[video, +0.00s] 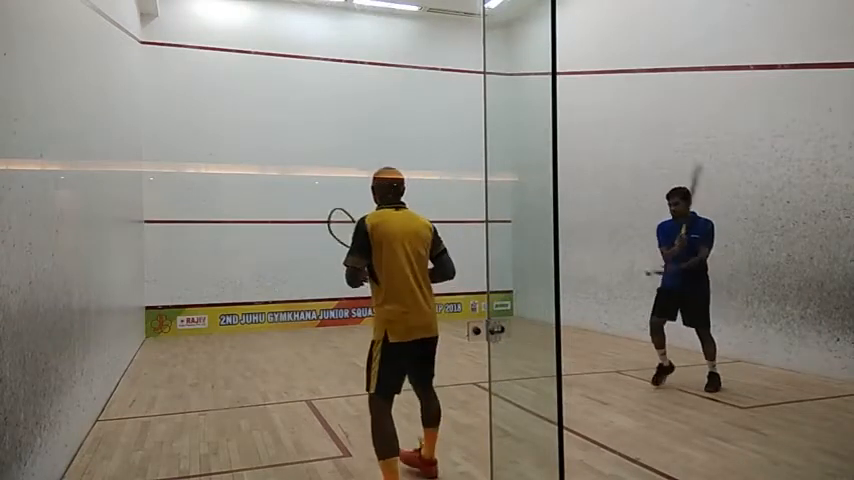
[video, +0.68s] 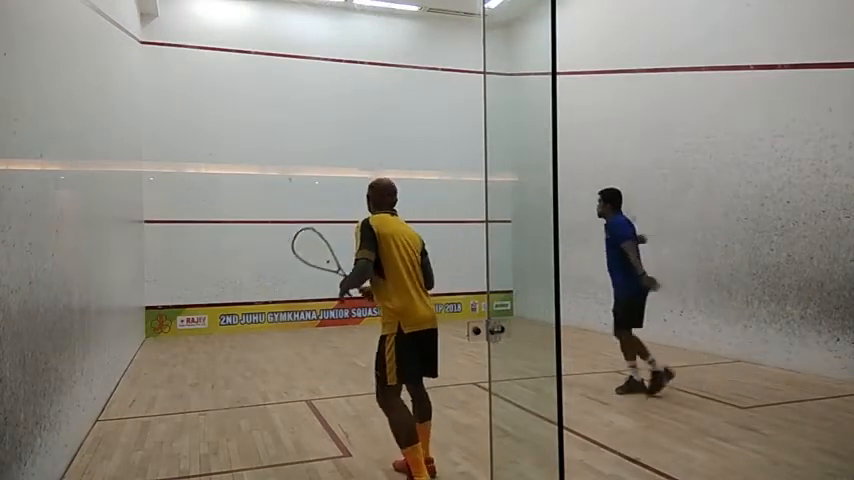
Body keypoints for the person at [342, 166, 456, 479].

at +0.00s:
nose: (373, 194)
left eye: (373, 189)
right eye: (378, 188)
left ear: (375, 192)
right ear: (402, 192)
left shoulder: (369, 224)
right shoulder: (423, 223)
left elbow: (354, 278)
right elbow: (447, 270)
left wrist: (365, 271)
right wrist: (415, 276)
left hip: (391, 331)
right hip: (427, 328)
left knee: (380, 403)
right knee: (426, 388)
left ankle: (391, 475)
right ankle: (428, 457)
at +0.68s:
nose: (367, 201)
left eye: (368, 196)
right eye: (369, 195)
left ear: (370, 199)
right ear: (396, 201)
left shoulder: (370, 225)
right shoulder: (412, 233)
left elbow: (364, 269)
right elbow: (427, 282)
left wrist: (347, 283)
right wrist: (378, 288)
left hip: (399, 325)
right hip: (426, 322)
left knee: (388, 397)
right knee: (417, 385)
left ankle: (419, 472)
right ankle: (424, 457)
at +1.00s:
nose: (336, 223)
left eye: (339, 218)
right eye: (338, 217)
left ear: (347, 222)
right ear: (365, 221)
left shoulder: (358, 254)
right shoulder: (367, 251)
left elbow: (361, 309)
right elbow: (363, 306)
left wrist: (327, 340)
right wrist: (329, 310)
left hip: (387, 349)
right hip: (377, 345)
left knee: (362, 420)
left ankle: (403, 472)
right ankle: (385, 435)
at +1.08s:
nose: (324, 225)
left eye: (329, 220)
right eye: (326, 220)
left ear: (341, 224)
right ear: (348, 226)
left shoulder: (352, 259)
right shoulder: (344, 260)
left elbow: (356, 316)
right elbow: (330, 304)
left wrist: (320, 355)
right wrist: (314, 303)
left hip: (382, 349)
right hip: (367, 345)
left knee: (361, 421)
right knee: (335, 368)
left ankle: (405, 474)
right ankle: (346, 438)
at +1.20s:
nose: (293, 231)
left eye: (295, 226)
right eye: (294, 226)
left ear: (303, 230)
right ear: (317, 228)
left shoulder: (328, 260)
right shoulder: (308, 258)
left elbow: (336, 313)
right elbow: (276, 283)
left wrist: (320, 352)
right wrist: (295, 285)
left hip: (359, 344)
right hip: (336, 343)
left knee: (363, 409)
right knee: (311, 388)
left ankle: (404, 472)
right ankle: (282, 436)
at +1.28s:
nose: (280, 235)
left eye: (282, 231)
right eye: (280, 230)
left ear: (291, 233)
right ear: (305, 229)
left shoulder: (315, 263)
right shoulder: (306, 253)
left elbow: (330, 316)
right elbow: (280, 266)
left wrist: (312, 361)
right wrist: (256, 281)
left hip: (340, 348)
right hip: (324, 347)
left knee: (349, 410)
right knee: (298, 389)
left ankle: (398, 473)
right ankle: (269, 442)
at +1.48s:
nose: (250, 233)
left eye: (253, 228)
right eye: (251, 228)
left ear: (265, 231)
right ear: (277, 229)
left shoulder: (269, 266)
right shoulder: (304, 246)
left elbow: (286, 316)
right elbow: (335, 265)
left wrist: (285, 372)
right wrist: (365, 275)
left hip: (301, 345)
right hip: (314, 336)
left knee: (296, 418)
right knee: (265, 372)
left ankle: (369, 438)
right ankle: (263, 442)